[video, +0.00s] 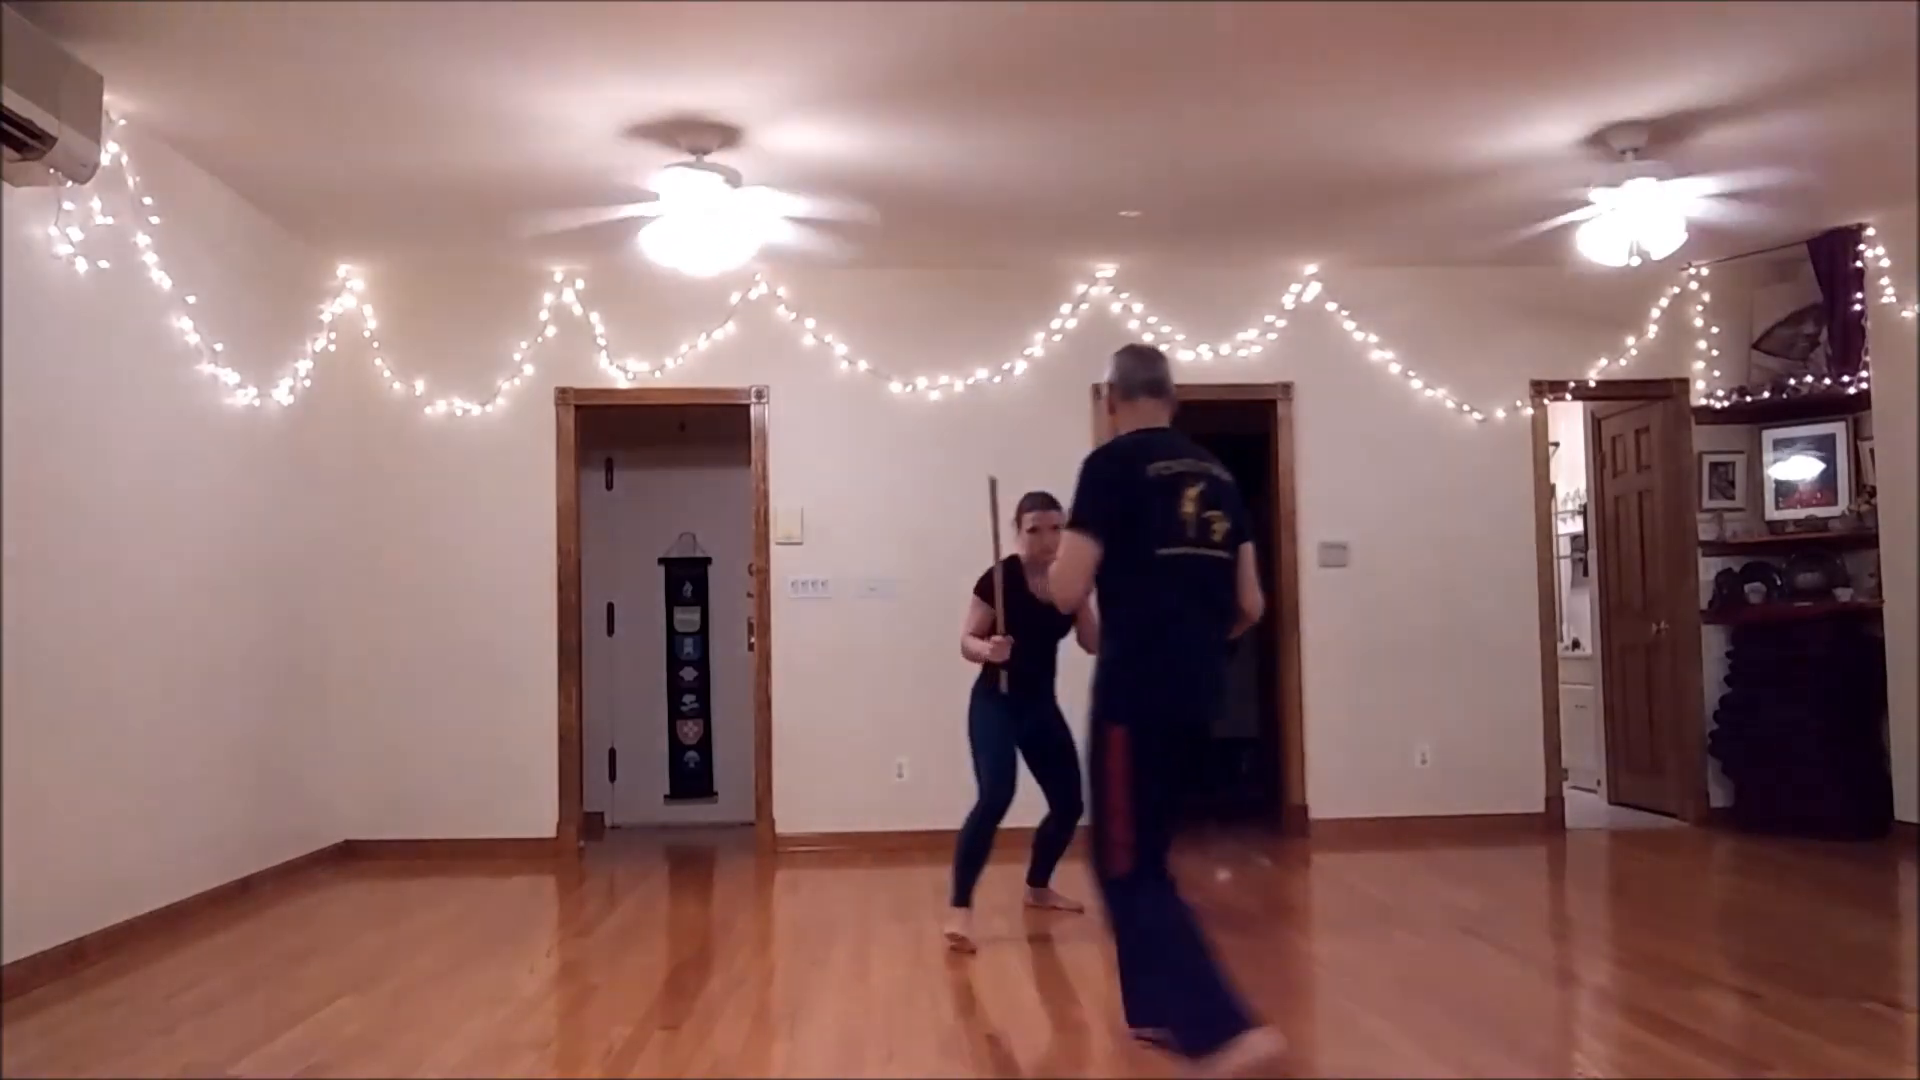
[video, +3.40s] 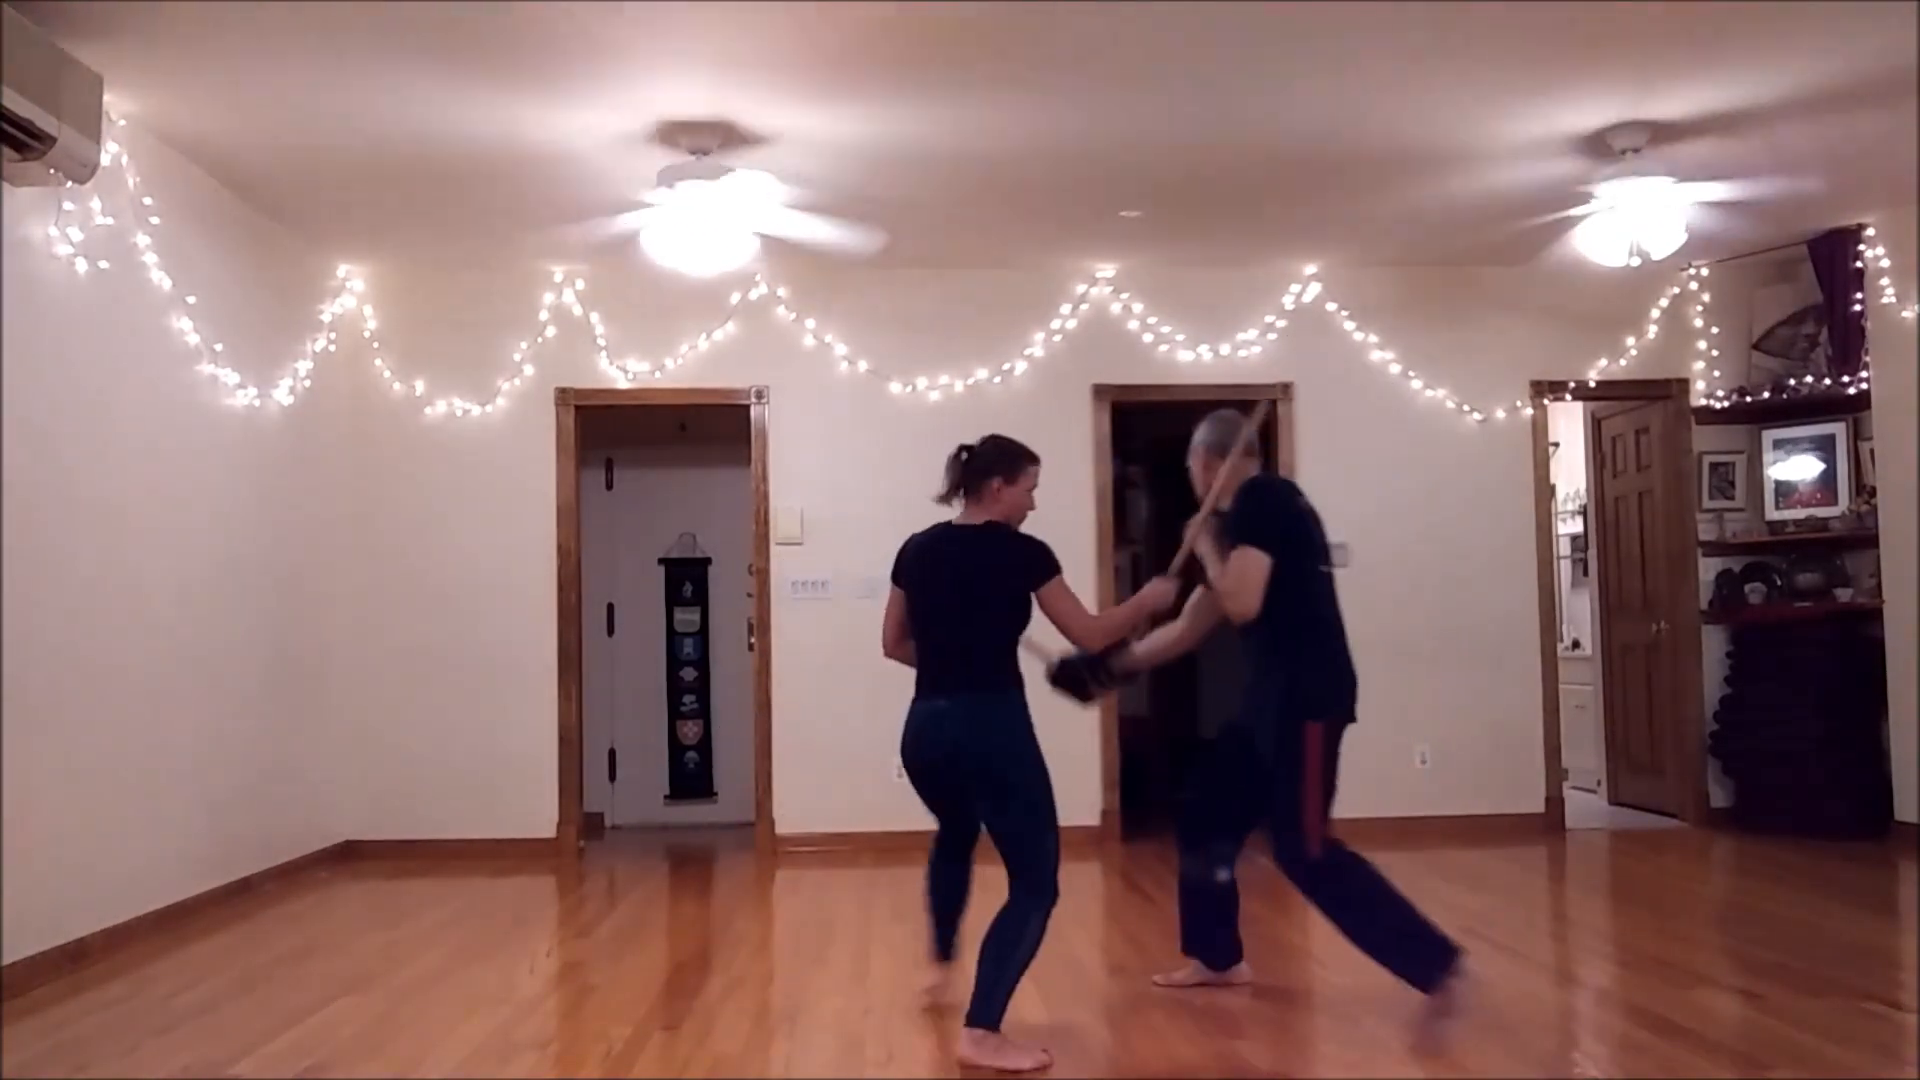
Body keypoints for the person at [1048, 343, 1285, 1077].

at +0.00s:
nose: (1105, 412)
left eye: (1105, 401)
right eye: (1111, 401)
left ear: (1112, 399)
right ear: (1172, 396)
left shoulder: (1111, 463)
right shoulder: (1216, 470)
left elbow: (1065, 588)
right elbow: (1249, 603)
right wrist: (1195, 639)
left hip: (1133, 679)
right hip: (1197, 679)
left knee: (1127, 861)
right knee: (1141, 850)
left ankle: (1226, 1031)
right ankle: (1157, 1012)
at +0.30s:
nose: (1148, 403)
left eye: (1148, 390)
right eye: (1150, 390)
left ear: (1161, 384)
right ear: (1222, 380)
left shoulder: (1182, 458)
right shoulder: (1266, 458)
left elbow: (1151, 596)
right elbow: (1303, 594)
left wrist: (1127, 545)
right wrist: (1214, 569)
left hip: (1203, 693)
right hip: (1252, 687)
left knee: (1238, 862)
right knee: (1165, 844)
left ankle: (1347, 1057)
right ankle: (1169, 1010)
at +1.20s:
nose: (1207, 409)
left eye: (1209, 392)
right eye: (1206, 394)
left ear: (1236, 386)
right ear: (1272, 383)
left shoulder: (1295, 447)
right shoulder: (1301, 448)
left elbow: (1270, 579)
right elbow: (1279, 569)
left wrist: (1206, 527)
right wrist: (1222, 535)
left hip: (1327, 688)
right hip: (1300, 685)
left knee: (1311, 873)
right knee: (1255, 848)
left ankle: (1357, 1065)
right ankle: (1279, 1012)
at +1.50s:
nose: (1223, 414)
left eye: (1227, 398)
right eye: (1223, 399)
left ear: (1257, 390)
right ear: (1277, 389)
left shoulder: (1320, 450)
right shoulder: (1299, 461)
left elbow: (1312, 574)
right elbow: (1309, 576)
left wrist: (1231, 537)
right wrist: (1234, 556)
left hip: (1350, 690)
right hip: (1307, 690)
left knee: (1367, 854)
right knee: (1262, 847)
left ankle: (1468, 1033)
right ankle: (1284, 1009)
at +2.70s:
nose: (1272, 420)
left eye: (1277, 404)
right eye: (1272, 405)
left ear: (1314, 397)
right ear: (1323, 396)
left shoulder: (1364, 461)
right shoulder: (1362, 464)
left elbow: (1325, 592)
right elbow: (1350, 588)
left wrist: (1262, 530)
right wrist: (1285, 551)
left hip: (1393, 697)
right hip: (1348, 694)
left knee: (1419, 859)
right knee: (1277, 840)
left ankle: (1542, 1014)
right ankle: (1289, 1002)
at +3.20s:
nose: (1277, 441)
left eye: (1282, 430)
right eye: (1282, 430)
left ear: (1299, 435)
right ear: (1335, 439)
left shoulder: (1326, 501)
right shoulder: (1325, 501)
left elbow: (1279, 607)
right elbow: (1251, 579)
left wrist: (1263, 532)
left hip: (1344, 713)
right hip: (1314, 709)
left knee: (1407, 865)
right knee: (1238, 814)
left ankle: (1547, 1014)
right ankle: (1220, 954)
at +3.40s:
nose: (1194, 478)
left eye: (1197, 466)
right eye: (1194, 467)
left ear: (1218, 461)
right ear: (1239, 456)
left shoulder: (1267, 500)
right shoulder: (1241, 517)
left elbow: (1242, 601)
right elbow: (1191, 620)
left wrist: (1206, 546)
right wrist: (1113, 663)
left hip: (1309, 699)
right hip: (1269, 699)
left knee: (1304, 848)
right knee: (1208, 814)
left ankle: (1438, 964)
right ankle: (1216, 958)